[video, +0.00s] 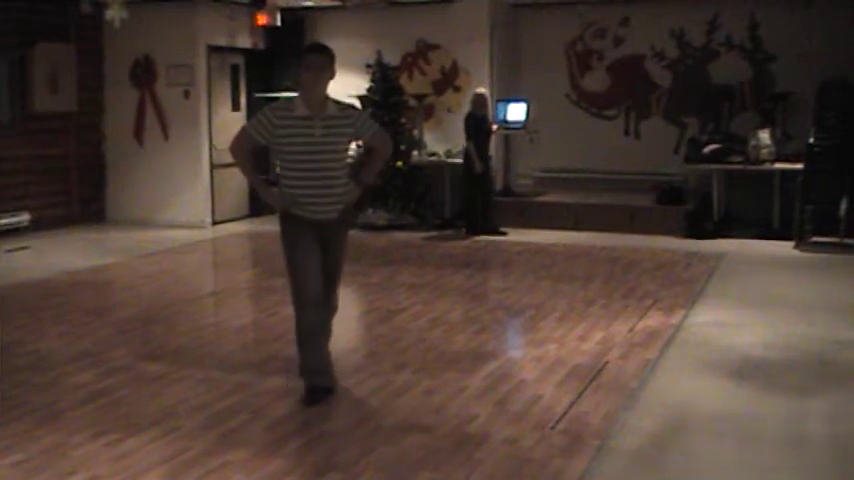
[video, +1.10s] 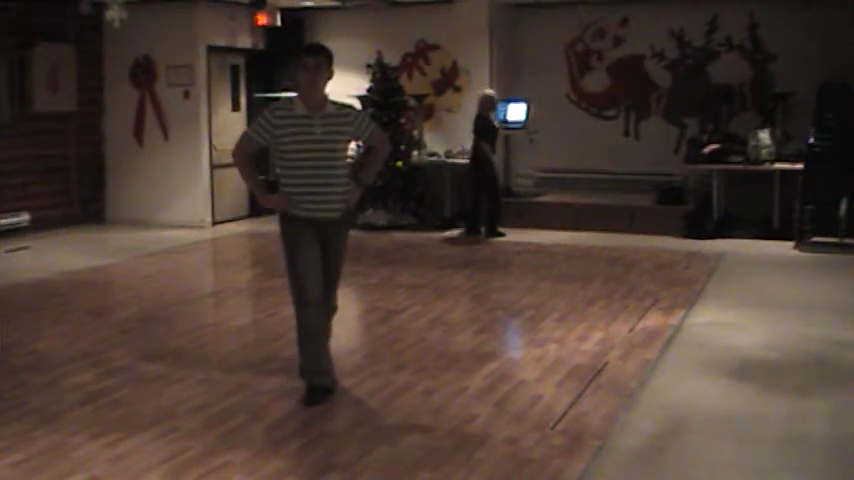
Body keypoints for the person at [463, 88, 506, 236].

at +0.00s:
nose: (483, 103)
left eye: (485, 100)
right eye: (481, 100)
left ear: (484, 102)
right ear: (477, 102)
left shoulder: (484, 117)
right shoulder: (472, 118)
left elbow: (483, 132)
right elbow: (470, 141)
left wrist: (491, 129)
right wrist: (476, 161)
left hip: (483, 159)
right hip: (476, 160)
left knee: (485, 192)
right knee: (479, 193)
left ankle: (486, 223)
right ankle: (478, 224)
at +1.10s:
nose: (495, 105)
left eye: (494, 102)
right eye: (492, 102)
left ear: (485, 103)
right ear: (486, 103)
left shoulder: (485, 118)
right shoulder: (482, 119)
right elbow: (482, 142)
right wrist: (491, 157)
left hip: (482, 160)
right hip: (482, 160)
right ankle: (491, 226)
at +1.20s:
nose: (497, 105)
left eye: (497, 101)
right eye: (495, 101)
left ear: (487, 102)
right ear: (488, 102)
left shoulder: (486, 118)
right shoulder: (486, 119)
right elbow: (487, 142)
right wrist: (495, 158)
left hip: (483, 158)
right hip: (486, 159)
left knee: (482, 192)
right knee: (492, 192)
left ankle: (476, 225)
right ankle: (490, 226)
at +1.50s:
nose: (500, 103)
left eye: (502, 100)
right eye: (497, 100)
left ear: (505, 101)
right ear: (492, 101)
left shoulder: (506, 119)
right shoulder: (488, 119)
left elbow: (507, 144)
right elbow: (486, 145)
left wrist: (507, 167)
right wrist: (490, 166)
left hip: (503, 163)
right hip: (493, 163)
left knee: (499, 197)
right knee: (493, 197)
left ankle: (497, 228)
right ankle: (491, 229)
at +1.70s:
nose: (501, 110)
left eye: (505, 106)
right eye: (498, 106)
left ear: (509, 106)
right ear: (494, 106)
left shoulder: (515, 124)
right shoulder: (490, 123)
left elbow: (522, 148)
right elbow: (485, 149)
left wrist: (520, 169)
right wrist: (483, 171)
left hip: (508, 166)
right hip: (493, 165)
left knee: (502, 197)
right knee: (500, 197)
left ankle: (493, 227)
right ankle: (507, 233)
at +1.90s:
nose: (509, 109)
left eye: (511, 106)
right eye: (505, 106)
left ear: (514, 106)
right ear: (500, 106)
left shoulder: (517, 121)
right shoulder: (493, 120)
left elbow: (526, 145)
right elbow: (489, 147)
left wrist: (534, 166)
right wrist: (492, 169)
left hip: (513, 166)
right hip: (498, 166)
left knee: (515, 198)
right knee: (501, 200)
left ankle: (513, 229)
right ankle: (504, 234)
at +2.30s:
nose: (516, 107)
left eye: (518, 103)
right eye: (512, 103)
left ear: (522, 104)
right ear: (506, 104)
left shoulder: (527, 123)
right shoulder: (498, 122)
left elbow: (528, 147)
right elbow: (496, 150)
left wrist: (530, 170)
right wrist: (504, 170)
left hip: (522, 170)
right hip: (504, 171)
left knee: (520, 206)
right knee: (504, 205)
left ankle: (517, 241)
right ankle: (504, 237)